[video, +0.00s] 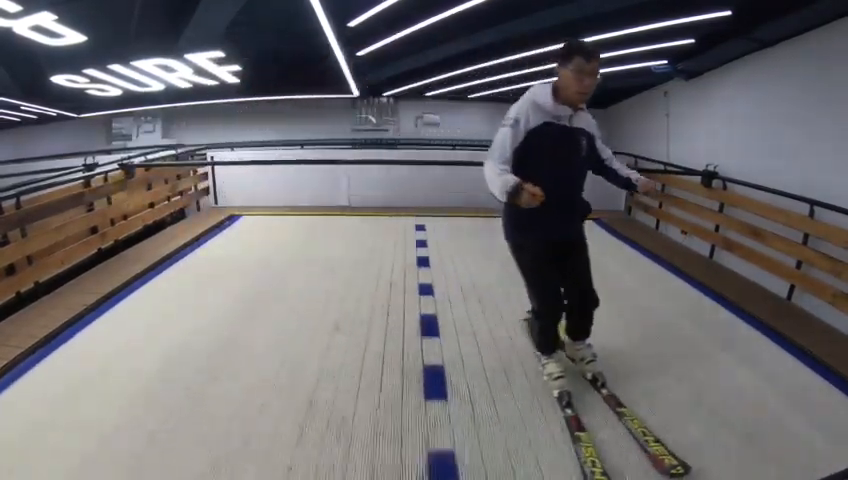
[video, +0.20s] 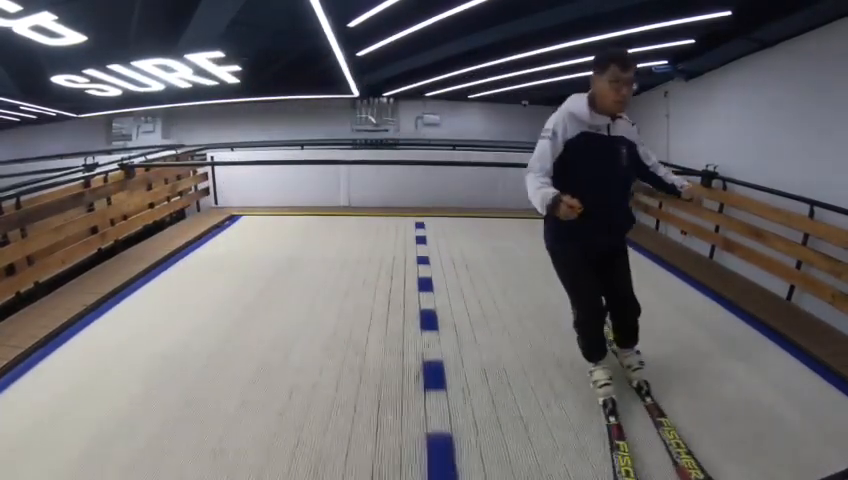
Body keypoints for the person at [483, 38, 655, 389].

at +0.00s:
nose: (587, 83)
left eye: (593, 76)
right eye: (580, 74)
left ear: (598, 79)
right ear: (560, 71)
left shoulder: (584, 121)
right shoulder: (527, 110)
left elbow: (602, 161)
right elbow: (495, 164)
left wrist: (636, 181)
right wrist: (512, 188)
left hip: (567, 218)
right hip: (527, 219)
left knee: (583, 294)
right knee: (547, 298)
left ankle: (576, 342)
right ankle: (548, 353)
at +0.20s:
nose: (625, 93)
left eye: (630, 85)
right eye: (617, 84)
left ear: (633, 86)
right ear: (595, 80)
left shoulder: (625, 128)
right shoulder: (566, 120)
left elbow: (648, 167)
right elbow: (536, 175)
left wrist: (680, 187)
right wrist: (552, 201)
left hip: (610, 231)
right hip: (569, 233)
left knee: (624, 301)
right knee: (589, 305)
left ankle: (627, 349)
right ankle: (598, 363)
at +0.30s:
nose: (634, 95)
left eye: (639, 87)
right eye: (626, 87)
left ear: (644, 89)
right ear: (604, 84)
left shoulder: (641, 132)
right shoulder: (576, 123)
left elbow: (665, 172)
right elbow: (546, 175)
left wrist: (697, 190)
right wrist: (557, 204)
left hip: (622, 234)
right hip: (580, 235)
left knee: (637, 305)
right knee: (599, 308)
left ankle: (644, 357)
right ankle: (609, 368)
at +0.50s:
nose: (637, 96)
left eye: (643, 88)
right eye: (629, 88)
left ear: (648, 89)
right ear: (607, 85)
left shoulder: (653, 136)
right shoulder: (578, 127)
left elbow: (680, 173)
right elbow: (548, 174)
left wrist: (710, 193)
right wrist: (543, 201)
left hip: (630, 241)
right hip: (583, 241)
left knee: (639, 311)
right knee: (599, 317)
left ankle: (658, 371)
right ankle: (612, 377)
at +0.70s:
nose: (601, 90)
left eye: (609, 82)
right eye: (592, 82)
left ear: (618, 86)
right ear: (575, 83)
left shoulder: (629, 134)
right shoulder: (547, 125)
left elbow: (662, 172)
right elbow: (518, 172)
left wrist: (684, 195)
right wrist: (499, 196)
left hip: (603, 246)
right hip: (553, 245)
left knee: (608, 325)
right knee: (561, 330)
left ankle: (636, 379)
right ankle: (585, 384)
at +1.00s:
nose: (501, 78)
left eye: (510, 70)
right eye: (493, 70)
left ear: (525, 72)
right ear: (482, 73)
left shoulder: (544, 127)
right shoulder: (459, 119)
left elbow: (583, 172)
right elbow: (434, 171)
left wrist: (595, 196)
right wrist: (403, 189)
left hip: (513, 246)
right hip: (464, 242)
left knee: (513, 330)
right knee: (457, 324)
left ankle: (556, 392)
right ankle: (490, 385)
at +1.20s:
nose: (412, 70)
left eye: (422, 62)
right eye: (405, 62)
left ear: (441, 66)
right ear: (398, 66)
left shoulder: (458, 117)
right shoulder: (379, 112)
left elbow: (498, 161)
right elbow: (353, 162)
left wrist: (503, 186)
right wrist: (319, 180)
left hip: (433, 233)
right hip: (386, 229)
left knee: (431, 319)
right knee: (374, 311)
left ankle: (474, 387)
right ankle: (403, 370)